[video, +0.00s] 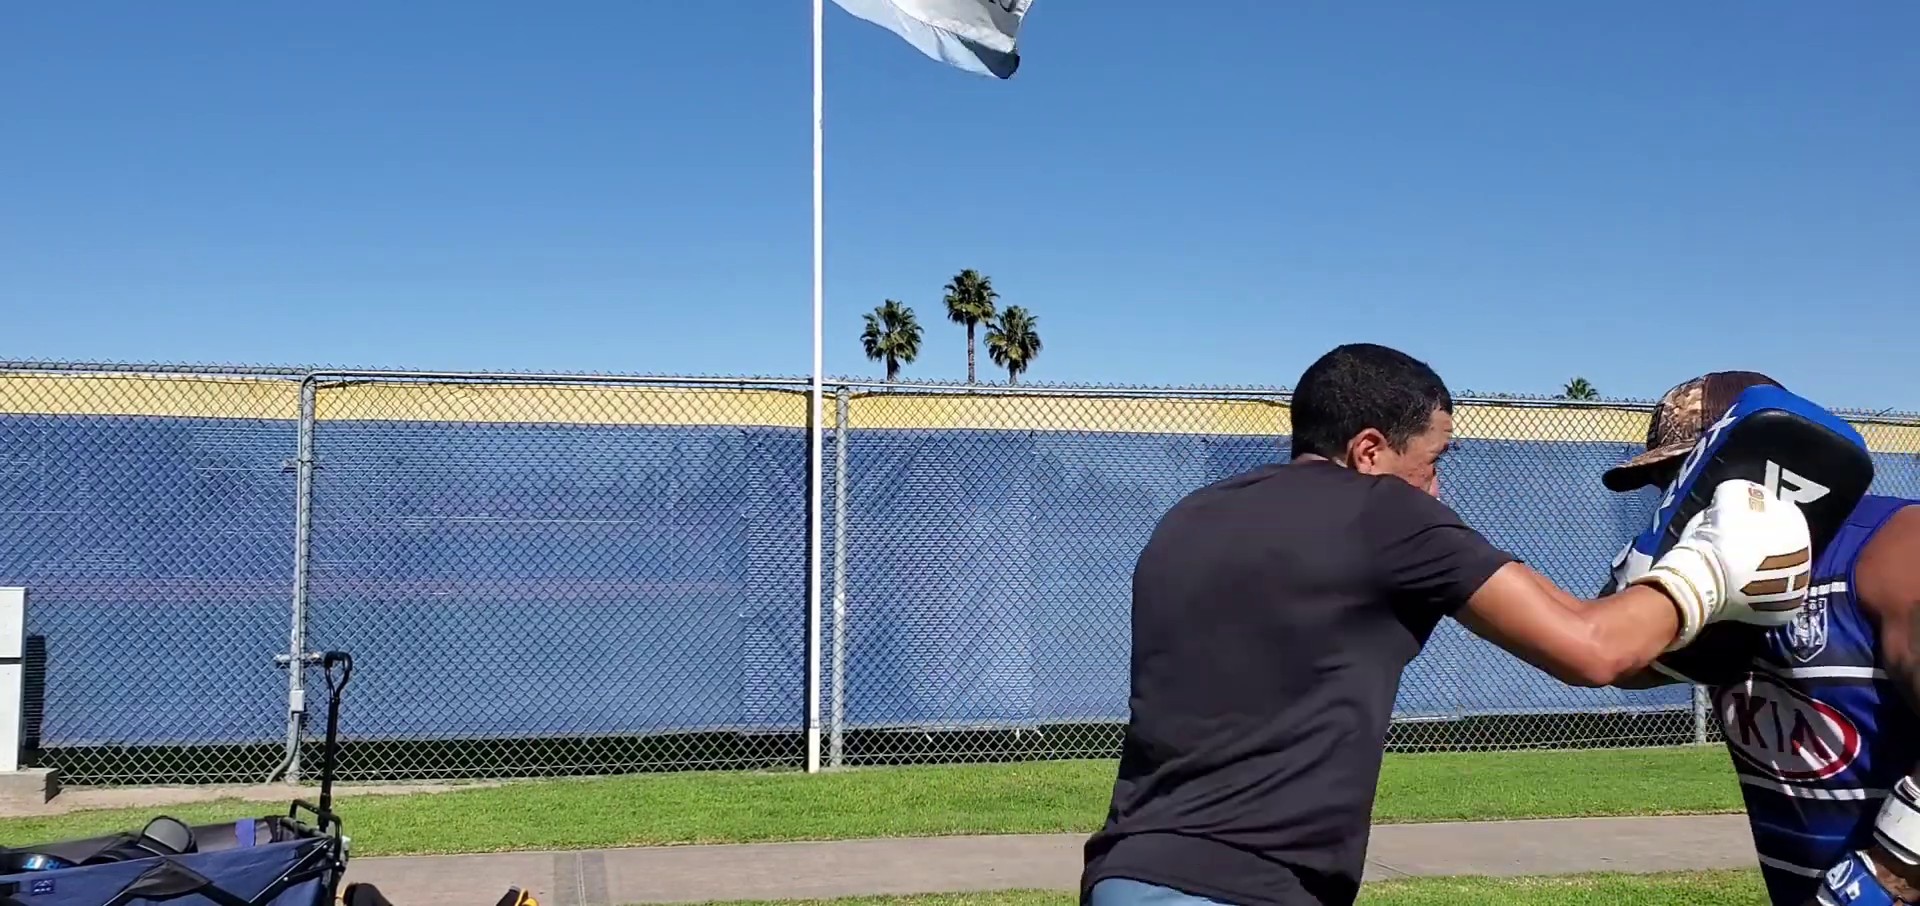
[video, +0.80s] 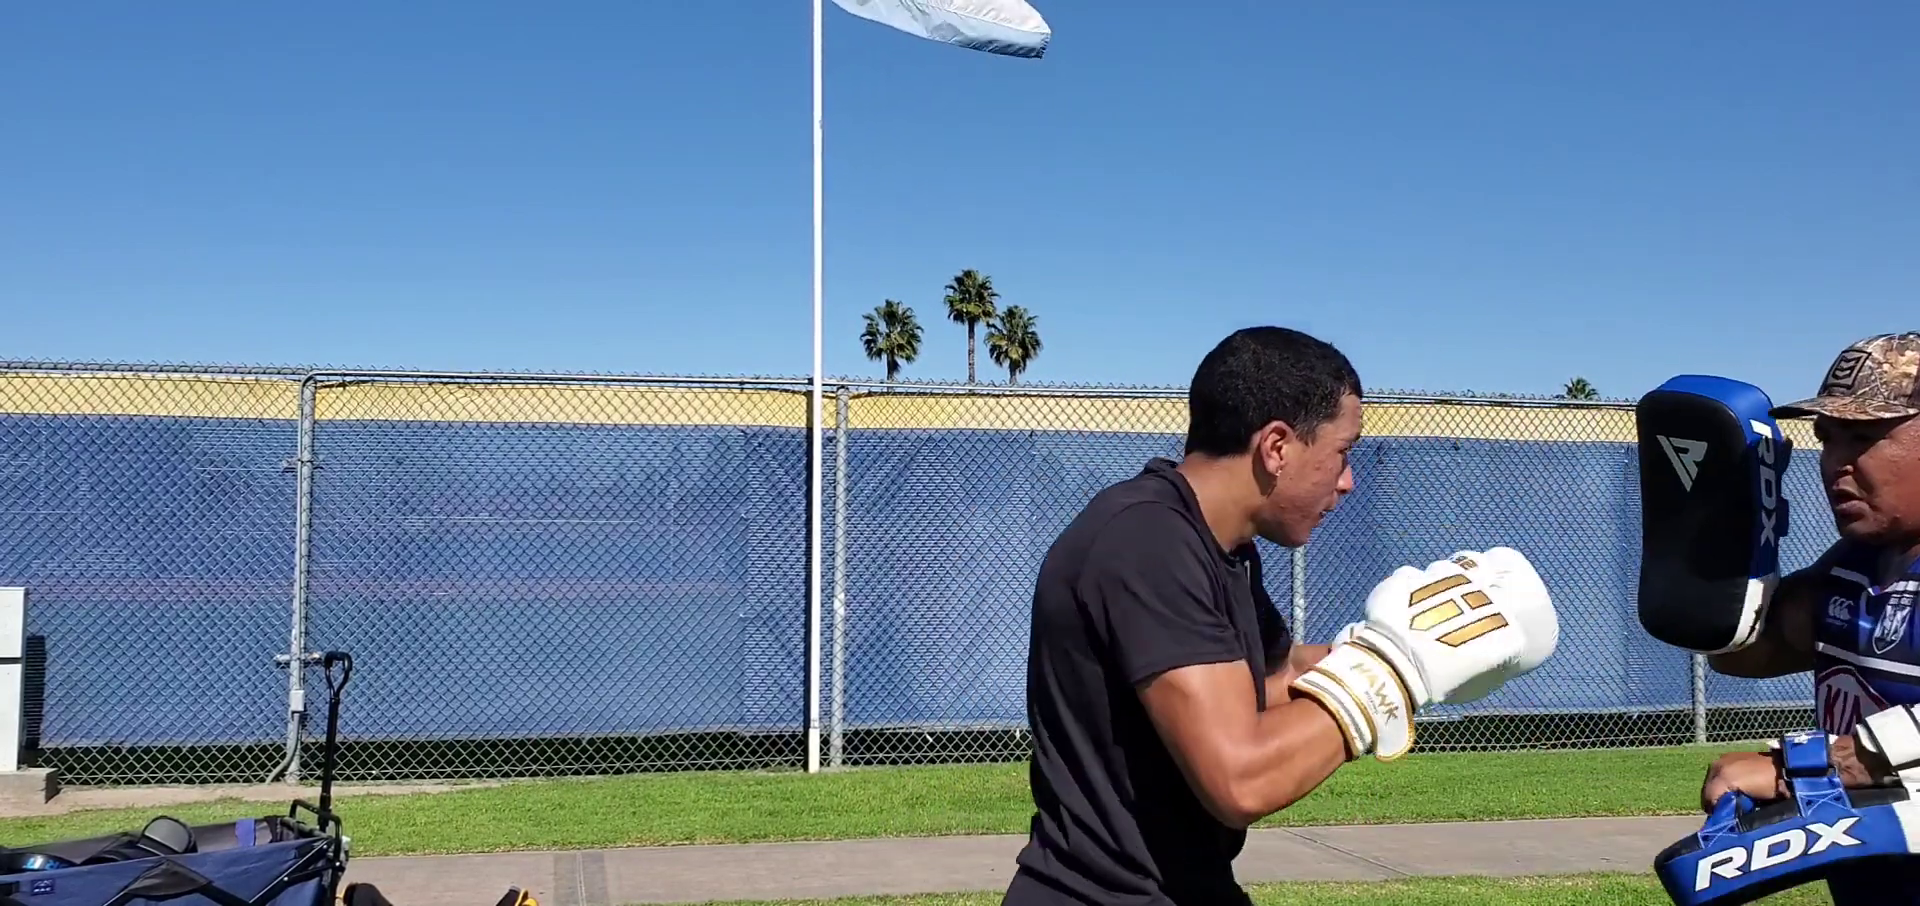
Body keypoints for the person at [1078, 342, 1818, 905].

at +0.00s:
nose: (1442, 487)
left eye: (1446, 463)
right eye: (1436, 463)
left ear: (1315, 449)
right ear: (1369, 450)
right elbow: (1598, 649)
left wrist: (1640, 613)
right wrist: (1703, 568)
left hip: (1127, 875)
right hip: (1249, 883)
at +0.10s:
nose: (1444, 492)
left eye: (1448, 466)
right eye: (1440, 465)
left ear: (1323, 451)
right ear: (1377, 452)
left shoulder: (1196, 523)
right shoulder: (1364, 533)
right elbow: (1523, 732)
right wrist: (1689, 675)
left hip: (1133, 873)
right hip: (1250, 882)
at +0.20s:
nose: (1436, 481)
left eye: (1439, 457)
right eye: (1433, 454)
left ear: (1305, 437)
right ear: (1378, 448)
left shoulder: (1202, 523)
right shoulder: (1324, 550)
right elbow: (1368, 797)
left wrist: (1357, 571)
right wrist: (1539, 724)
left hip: (1119, 877)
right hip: (1228, 885)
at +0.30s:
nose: (1404, 469)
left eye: (1407, 443)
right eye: (1401, 439)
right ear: (1344, 431)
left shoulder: (1183, 510)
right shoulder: (1259, 547)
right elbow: (1309, 810)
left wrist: (1338, 618)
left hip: (1106, 872)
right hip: (1196, 885)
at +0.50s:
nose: (1335, 431)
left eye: (1337, 408)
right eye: (1330, 407)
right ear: (1263, 404)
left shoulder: (1143, 496)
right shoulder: (1178, 519)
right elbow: (1290, 763)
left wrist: (1294, 563)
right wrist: (1335, 576)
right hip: (1152, 886)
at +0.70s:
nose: (1340, 444)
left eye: (1339, 419)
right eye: (1332, 418)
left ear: (1265, 414)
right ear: (1265, 413)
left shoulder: (1191, 511)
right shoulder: (1155, 521)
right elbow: (1239, 767)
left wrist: (1329, 617)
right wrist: (1329, 595)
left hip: (1179, 881)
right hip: (1117, 887)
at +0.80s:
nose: (1347, 484)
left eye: (1348, 458)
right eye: (1341, 456)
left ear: (1274, 451)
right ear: (1274, 450)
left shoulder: (1219, 543)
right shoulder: (1148, 546)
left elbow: (1268, 678)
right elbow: (1242, 780)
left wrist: (1402, 656)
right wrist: (1390, 670)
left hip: (1186, 883)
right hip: (1100, 888)